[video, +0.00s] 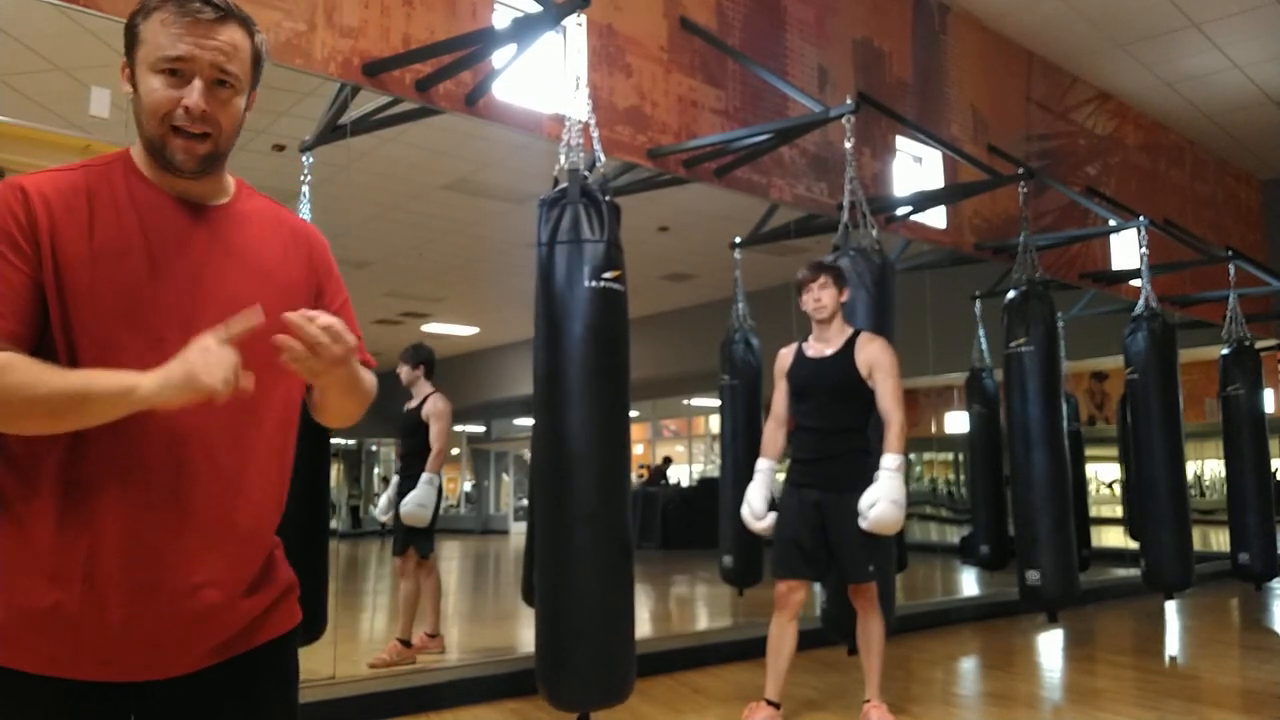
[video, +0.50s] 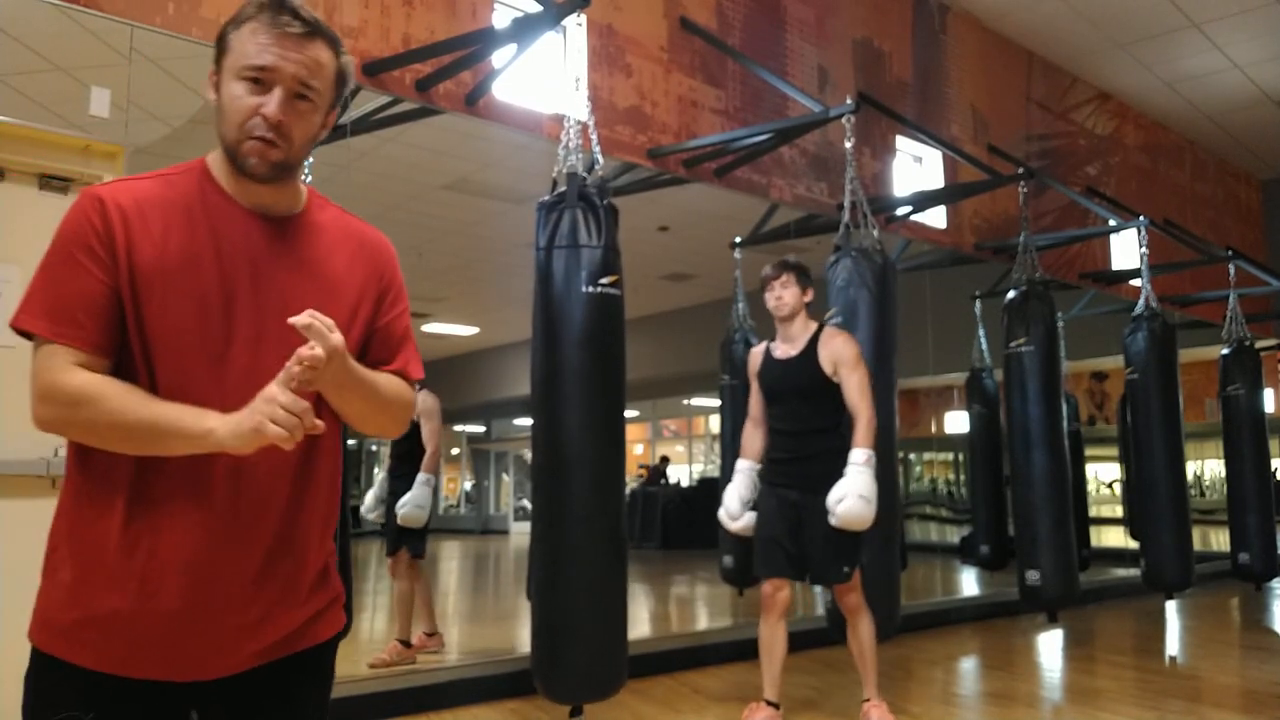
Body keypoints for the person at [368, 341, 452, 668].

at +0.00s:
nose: (398, 372)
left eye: (402, 366)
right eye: (399, 367)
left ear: (419, 369)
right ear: (415, 370)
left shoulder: (437, 402)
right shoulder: (411, 403)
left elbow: (439, 449)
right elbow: (406, 454)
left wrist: (425, 489)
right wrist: (391, 491)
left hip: (421, 484)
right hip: (407, 482)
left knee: (405, 564)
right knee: (424, 563)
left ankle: (403, 641)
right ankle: (432, 634)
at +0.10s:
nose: (396, 371)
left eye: (400, 366)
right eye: (396, 366)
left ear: (418, 369)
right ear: (413, 370)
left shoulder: (436, 402)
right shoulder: (408, 404)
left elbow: (440, 450)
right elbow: (404, 454)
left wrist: (426, 489)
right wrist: (390, 491)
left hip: (420, 484)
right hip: (405, 483)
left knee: (403, 565)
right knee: (424, 563)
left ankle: (403, 642)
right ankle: (432, 634)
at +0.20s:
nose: (393, 371)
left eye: (398, 366)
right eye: (394, 366)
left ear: (415, 368)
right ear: (410, 369)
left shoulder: (434, 402)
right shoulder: (405, 404)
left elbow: (439, 450)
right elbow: (403, 455)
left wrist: (426, 490)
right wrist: (388, 491)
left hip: (420, 485)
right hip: (404, 483)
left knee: (404, 564)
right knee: (424, 563)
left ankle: (403, 641)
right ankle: (432, 634)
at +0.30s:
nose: (391, 373)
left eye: (396, 367)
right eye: (391, 367)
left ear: (412, 369)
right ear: (407, 370)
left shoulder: (432, 402)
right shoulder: (400, 404)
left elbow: (438, 449)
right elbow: (398, 454)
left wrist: (426, 489)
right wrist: (385, 492)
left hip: (418, 484)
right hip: (401, 484)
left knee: (402, 564)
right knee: (423, 563)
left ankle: (403, 642)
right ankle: (432, 634)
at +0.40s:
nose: (391, 369)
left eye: (396, 362)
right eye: (391, 363)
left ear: (409, 366)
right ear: (398, 368)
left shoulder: (427, 401)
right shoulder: (398, 402)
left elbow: (436, 448)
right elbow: (397, 453)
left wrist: (425, 489)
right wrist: (383, 489)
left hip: (415, 484)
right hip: (399, 483)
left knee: (400, 565)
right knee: (418, 564)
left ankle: (402, 642)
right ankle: (431, 634)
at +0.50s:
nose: (393, 377)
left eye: (396, 370)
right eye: (391, 372)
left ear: (407, 370)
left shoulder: (425, 399)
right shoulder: (399, 403)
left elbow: (432, 450)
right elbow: (396, 457)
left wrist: (421, 488)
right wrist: (380, 490)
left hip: (412, 486)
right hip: (396, 485)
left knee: (400, 563)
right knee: (412, 564)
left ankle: (402, 642)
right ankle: (430, 632)